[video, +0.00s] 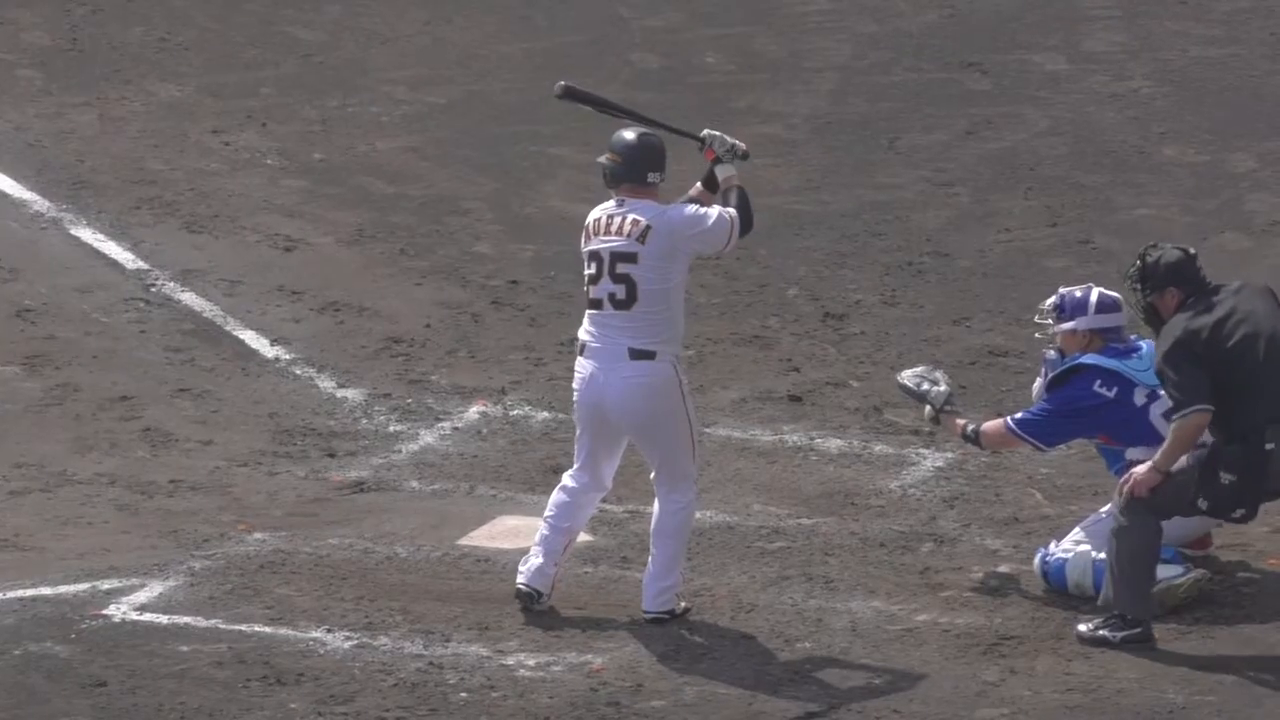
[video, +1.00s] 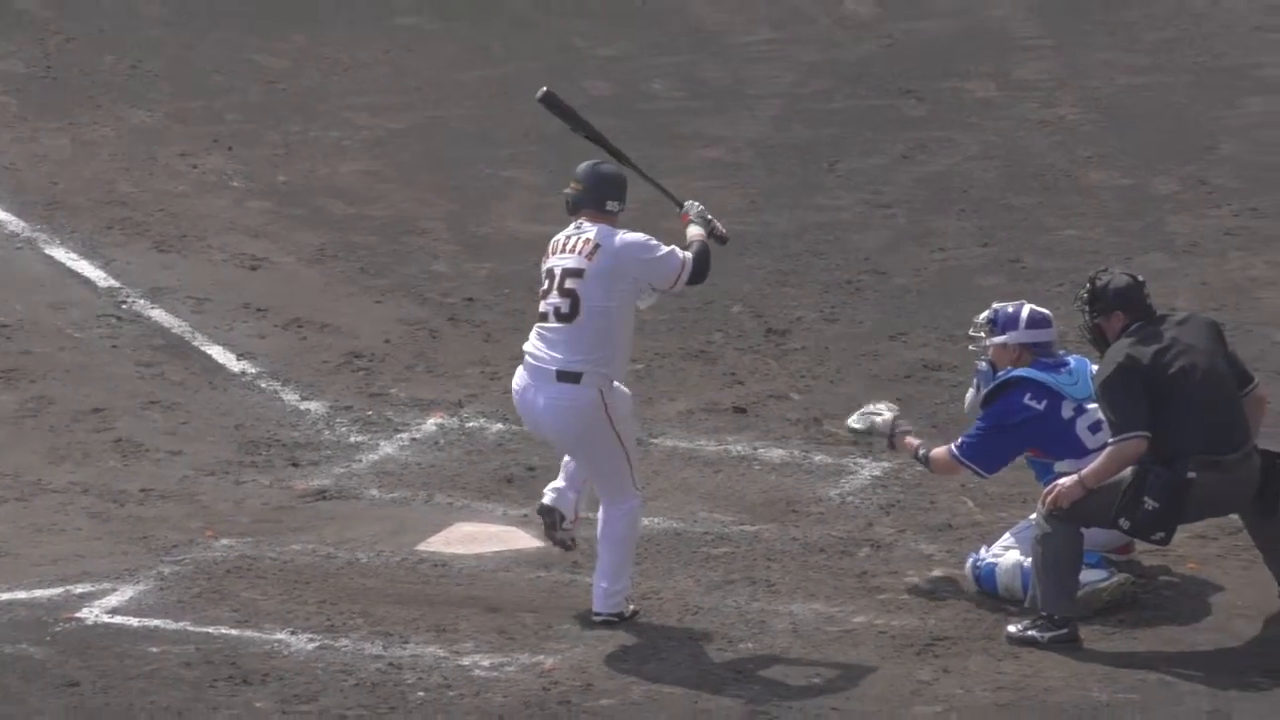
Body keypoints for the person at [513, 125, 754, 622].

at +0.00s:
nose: (606, 175)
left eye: (610, 168)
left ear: (612, 173)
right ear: (659, 173)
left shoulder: (595, 220)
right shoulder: (675, 221)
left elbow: (670, 214)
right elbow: (740, 221)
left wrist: (711, 173)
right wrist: (731, 175)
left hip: (589, 372)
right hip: (650, 378)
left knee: (585, 476)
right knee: (675, 486)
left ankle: (534, 576)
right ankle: (661, 599)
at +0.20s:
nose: (604, 177)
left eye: (608, 170)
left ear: (609, 176)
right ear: (657, 177)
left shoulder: (591, 224)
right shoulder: (673, 225)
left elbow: (667, 224)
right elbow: (737, 228)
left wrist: (710, 183)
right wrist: (730, 181)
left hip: (584, 374)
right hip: (645, 380)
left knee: (581, 478)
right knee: (671, 487)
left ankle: (530, 579)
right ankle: (658, 602)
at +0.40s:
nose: (599, 178)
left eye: (603, 171)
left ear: (605, 176)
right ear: (653, 178)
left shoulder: (587, 224)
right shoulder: (666, 227)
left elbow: (661, 220)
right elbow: (732, 226)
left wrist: (704, 178)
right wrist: (722, 178)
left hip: (577, 375)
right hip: (638, 381)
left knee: (575, 480)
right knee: (667, 489)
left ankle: (527, 581)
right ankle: (655, 603)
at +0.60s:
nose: (598, 183)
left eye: (602, 178)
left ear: (606, 183)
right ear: (653, 186)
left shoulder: (589, 228)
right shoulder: (665, 233)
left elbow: (663, 223)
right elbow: (731, 230)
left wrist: (704, 181)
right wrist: (720, 182)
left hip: (572, 381)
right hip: (633, 387)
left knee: (571, 485)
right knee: (666, 492)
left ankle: (522, 589)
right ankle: (653, 605)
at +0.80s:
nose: (593, 198)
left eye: (597, 191)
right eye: (644, 197)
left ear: (597, 195)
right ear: (641, 200)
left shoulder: (578, 241)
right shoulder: (652, 241)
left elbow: (658, 253)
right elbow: (720, 251)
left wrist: (705, 217)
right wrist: (717, 207)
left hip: (555, 390)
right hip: (615, 397)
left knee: (588, 466)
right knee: (649, 500)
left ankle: (537, 546)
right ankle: (634, 611)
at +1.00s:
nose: (569, 203)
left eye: (571, 197)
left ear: (576, 200)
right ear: (617, 203)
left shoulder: (559, 243)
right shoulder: (627, 246)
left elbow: (641, 287)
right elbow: (695, 269)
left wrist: (702, 242)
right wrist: (696, 227)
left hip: (527, 389)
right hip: (583, 400)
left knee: (618, 403)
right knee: (621, 498)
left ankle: (562, 499)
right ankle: (609, 603)